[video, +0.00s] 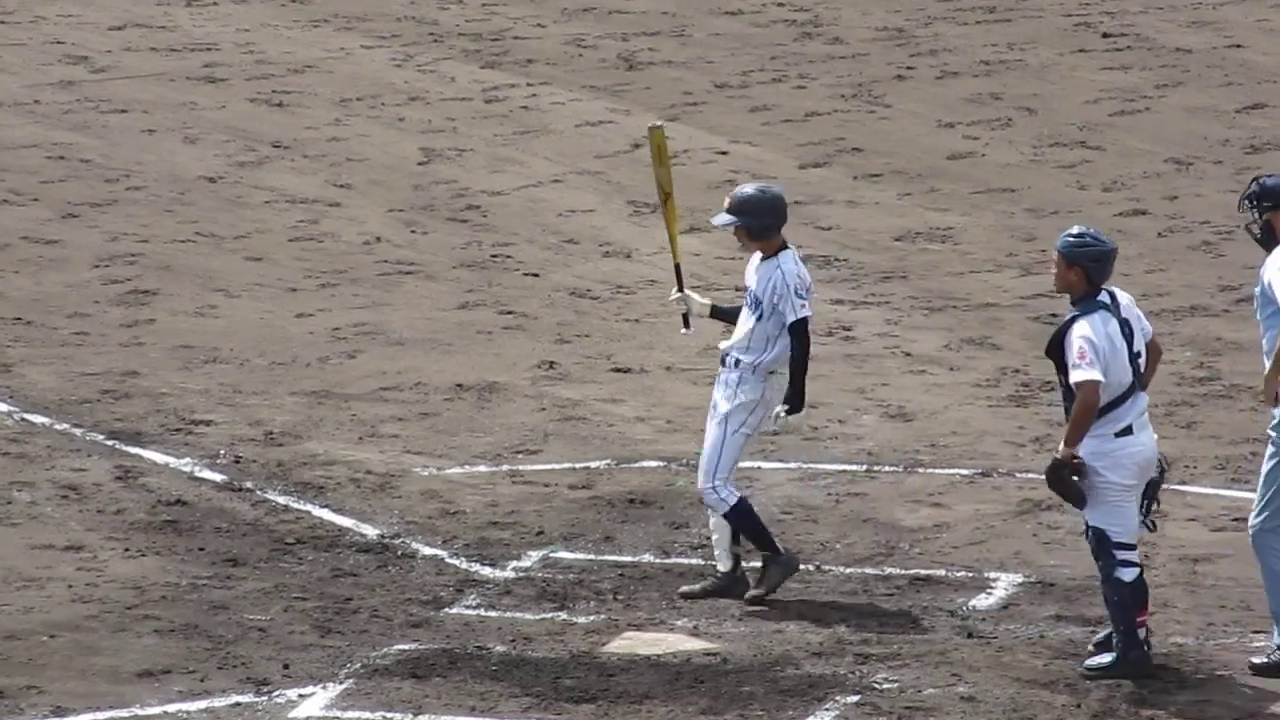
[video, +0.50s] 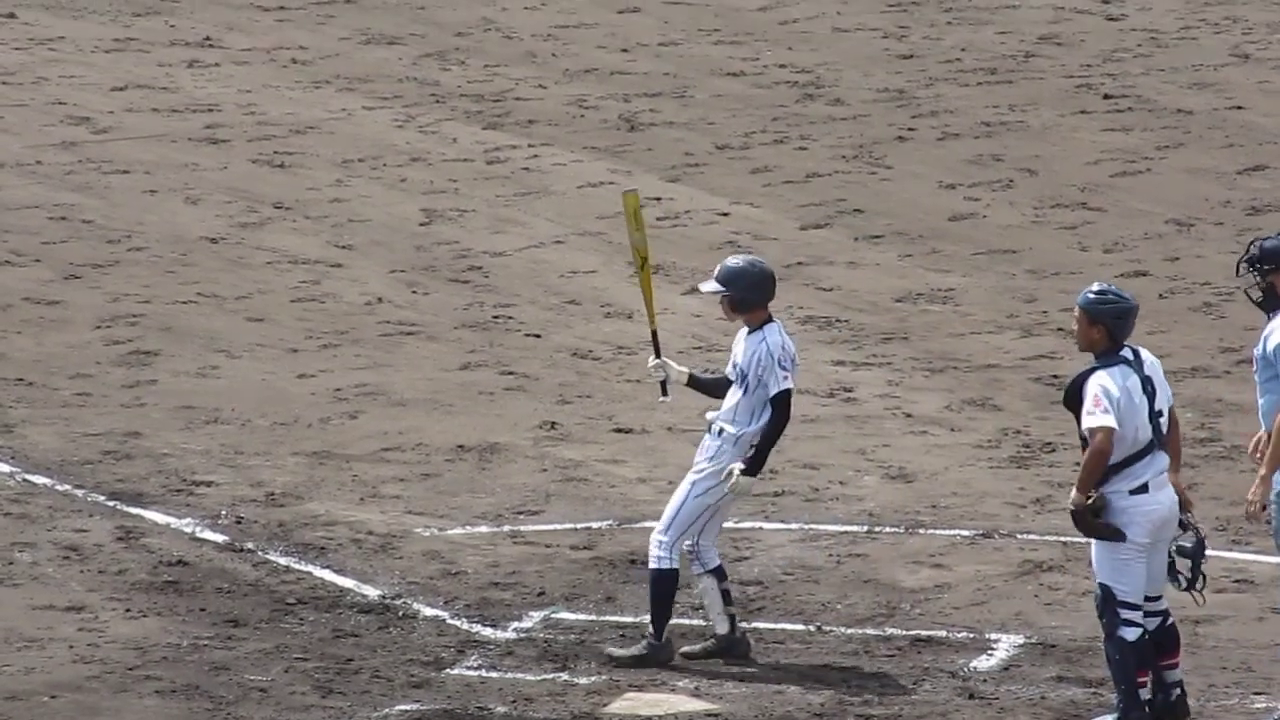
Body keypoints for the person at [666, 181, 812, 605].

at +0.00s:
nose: (735, 233)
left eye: (739, 227)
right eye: (734, 226)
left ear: (760, 227)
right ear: (762, 226)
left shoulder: (788, 273)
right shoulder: (760, 260)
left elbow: (800, 338)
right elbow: (753, 315)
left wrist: (795, 398)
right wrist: (706, 307)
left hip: (751, 387)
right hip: (731, 380)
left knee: (714, 485)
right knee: (710, 481)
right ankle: (728, 573)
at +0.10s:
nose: (725, 243)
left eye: (730, 237)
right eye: (725, 236)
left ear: (748, 239)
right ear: (761, 238)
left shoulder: (774, 287)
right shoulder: (757, 276)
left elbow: (787, 350)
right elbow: (744, 327)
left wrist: (793, 411)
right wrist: (698, 318)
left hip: (735, 399)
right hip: (726, 394)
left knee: (681, 489)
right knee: (708, 487)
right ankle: (725, 580)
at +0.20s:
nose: (722, 269)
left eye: (727, 263)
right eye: (723, 262)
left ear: (744, 268)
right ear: (760, 267)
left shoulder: (768, 316)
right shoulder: (756, 303)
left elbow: (783, 380)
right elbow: (739, 353)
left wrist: (786, 437)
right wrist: (691, 342)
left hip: (724, 425)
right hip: (728, 422)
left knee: (661, 510)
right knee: (700, 514)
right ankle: (725, 607)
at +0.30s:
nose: (722, 290)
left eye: (727, 284)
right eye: (722, 283)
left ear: (746, 288)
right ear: (757, 289)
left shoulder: (769, 337)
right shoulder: (755, 325)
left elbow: (780, 401)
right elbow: (734, 374)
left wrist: (772, 458)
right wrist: (687, 363)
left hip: (723, 446)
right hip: (720, 440)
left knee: (655, 523)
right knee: (694, 529)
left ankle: (624, 617)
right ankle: (725, 622)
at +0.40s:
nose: (722, 302)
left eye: (727, 295)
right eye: (722, 294)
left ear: (746, 298)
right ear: (757, 299)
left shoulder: (769, 347)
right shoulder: (753, 335)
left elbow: (778, 412)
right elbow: (733, 384)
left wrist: (760, 467)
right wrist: (684, 374)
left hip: (721, 455)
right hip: (719, 451)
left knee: (654, 535)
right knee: (695, 543)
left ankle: (630, 630)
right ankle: (725, 631)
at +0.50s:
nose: (719, 302)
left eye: (724, 296)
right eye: (720, 294)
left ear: (742, 299)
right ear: (755, 297)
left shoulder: (770, 345)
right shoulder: (749, 334)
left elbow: (781, 412)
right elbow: (728, 387)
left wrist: (753, 462)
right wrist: (681, 375)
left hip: (726, 456)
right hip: (721, 451)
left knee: (665, 541)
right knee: (701, 546)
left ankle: (656, 641)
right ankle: (728, 636)